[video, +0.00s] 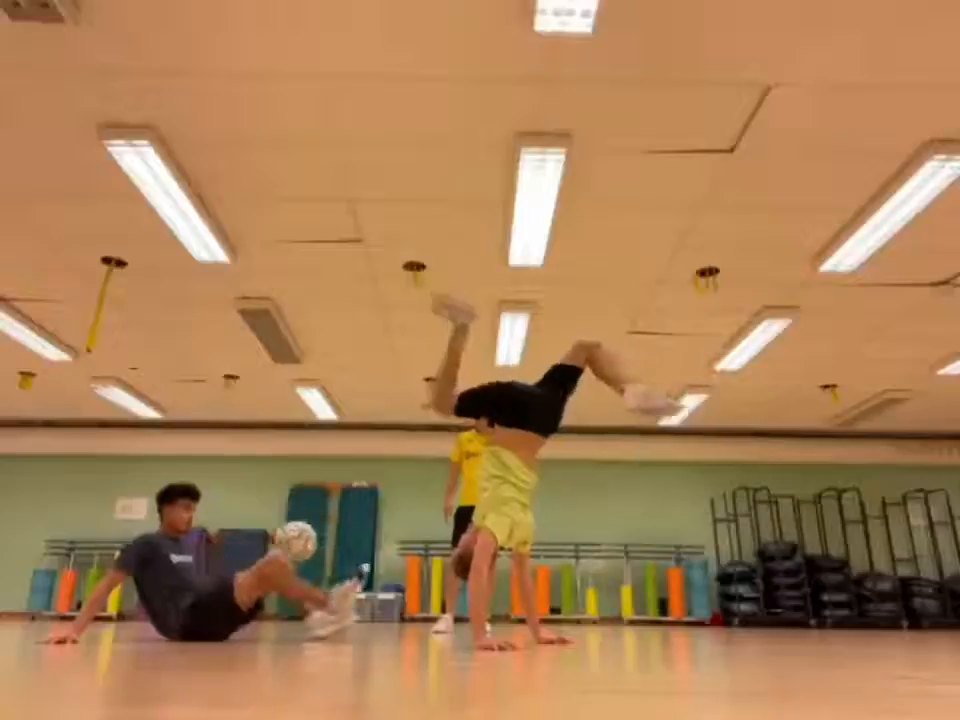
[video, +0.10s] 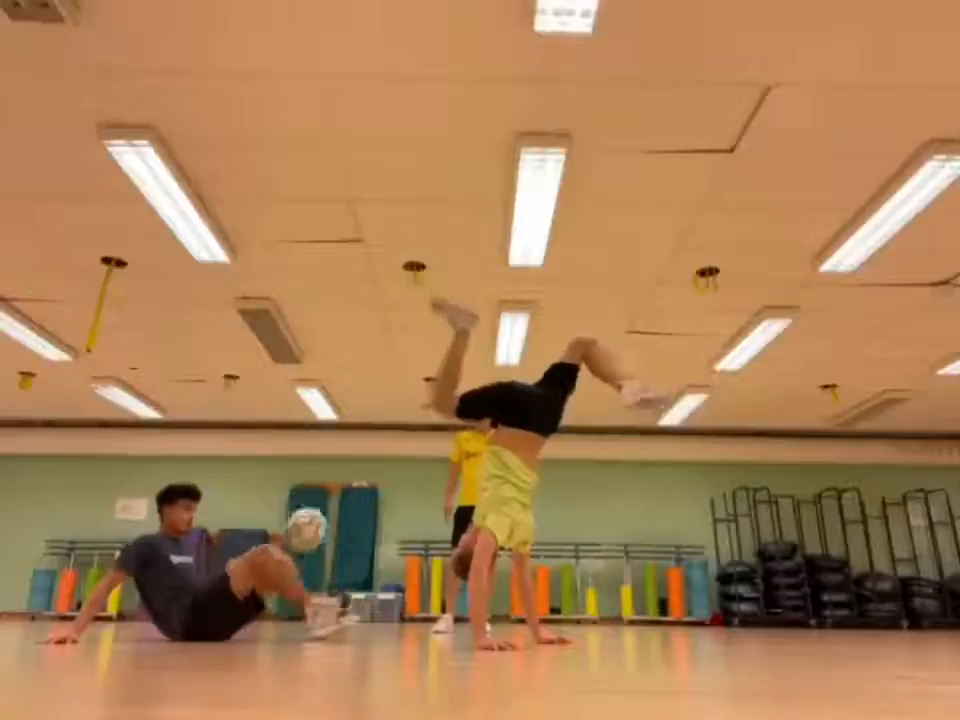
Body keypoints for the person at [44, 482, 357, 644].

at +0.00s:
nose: (189, 517)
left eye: (192, 511)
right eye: (184, 509)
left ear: (189, 515)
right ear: (164, 511)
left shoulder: (186, 549)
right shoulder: (144, 546)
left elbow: (192, 590)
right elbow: (106, 588)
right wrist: (75, 631)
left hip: (210, 616)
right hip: (188, 621)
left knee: (272, 568)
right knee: (268, 569)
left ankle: (319, 615)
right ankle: (327, 604)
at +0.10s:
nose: (189, 517)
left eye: (192, 511)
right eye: (184, 509)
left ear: (192, 514)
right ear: (164, 510)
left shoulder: (198, 541)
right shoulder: (144, 547)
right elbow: (106, 588)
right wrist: (76, 631)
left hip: (214, 617)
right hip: (188, 621)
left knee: (269, 555)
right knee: (258, 558)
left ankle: (309, 609)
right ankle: (309, 605)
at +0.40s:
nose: (179, 522)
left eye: (181, 516)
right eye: (173, 515)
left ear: (180, 519)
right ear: (154, 517)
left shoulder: (189, 548)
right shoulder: (135, 548)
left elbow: (229, 562)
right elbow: (98, 588)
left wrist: (257, 559)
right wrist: (74, 629)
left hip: (211, 620)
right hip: (175, 620)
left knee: (251, 553)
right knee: (222, 542)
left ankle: (280, 592)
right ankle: (274, 591)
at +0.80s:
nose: (169, 519)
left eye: (169, 512)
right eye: (162, 512)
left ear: (168, 515)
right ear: (142, 515)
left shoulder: (176, 545)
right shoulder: (126, 551)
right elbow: (93, 590)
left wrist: (267, 544)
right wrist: (66, 624)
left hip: (203, 612)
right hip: (177, 622)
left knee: (232, 541)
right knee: (220, 551)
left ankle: (279, 542)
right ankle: (280, 591)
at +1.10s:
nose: (122, 533)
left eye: (122, 527)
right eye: (114, 529)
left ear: (121, 531)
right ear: (94, 536)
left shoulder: (139, 552)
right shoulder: (81, 581)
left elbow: (165, 578)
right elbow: (43, 617)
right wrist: (20, 633)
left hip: (189, 590)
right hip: (174, 621)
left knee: (243, 585)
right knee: (246, 614)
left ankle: (306, 609)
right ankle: (313, 628)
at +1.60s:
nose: (90, 529)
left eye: (90, 522)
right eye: (81, 524)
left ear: (89, 524)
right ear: (60, 532)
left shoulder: (114, 539)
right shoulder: (50, 585)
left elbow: (155, 551)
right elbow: (20, 631)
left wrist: (195, 561)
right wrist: (2, 634)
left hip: (169, 588)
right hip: (152, 623)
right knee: (186, 633)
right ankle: (253, 618)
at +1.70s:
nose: (104, 524)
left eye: (105, 517)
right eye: (95, 519)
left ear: (107, 516)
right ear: (74, 524)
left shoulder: (127, 534)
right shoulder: (59, 577)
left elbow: (165, 552)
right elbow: (26, 628)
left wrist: (211, 567)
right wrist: (15, 633)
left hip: (165, 584)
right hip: (149, 621)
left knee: (178, 580)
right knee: (190, 631)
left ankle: (256, 582)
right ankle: (253, 625)